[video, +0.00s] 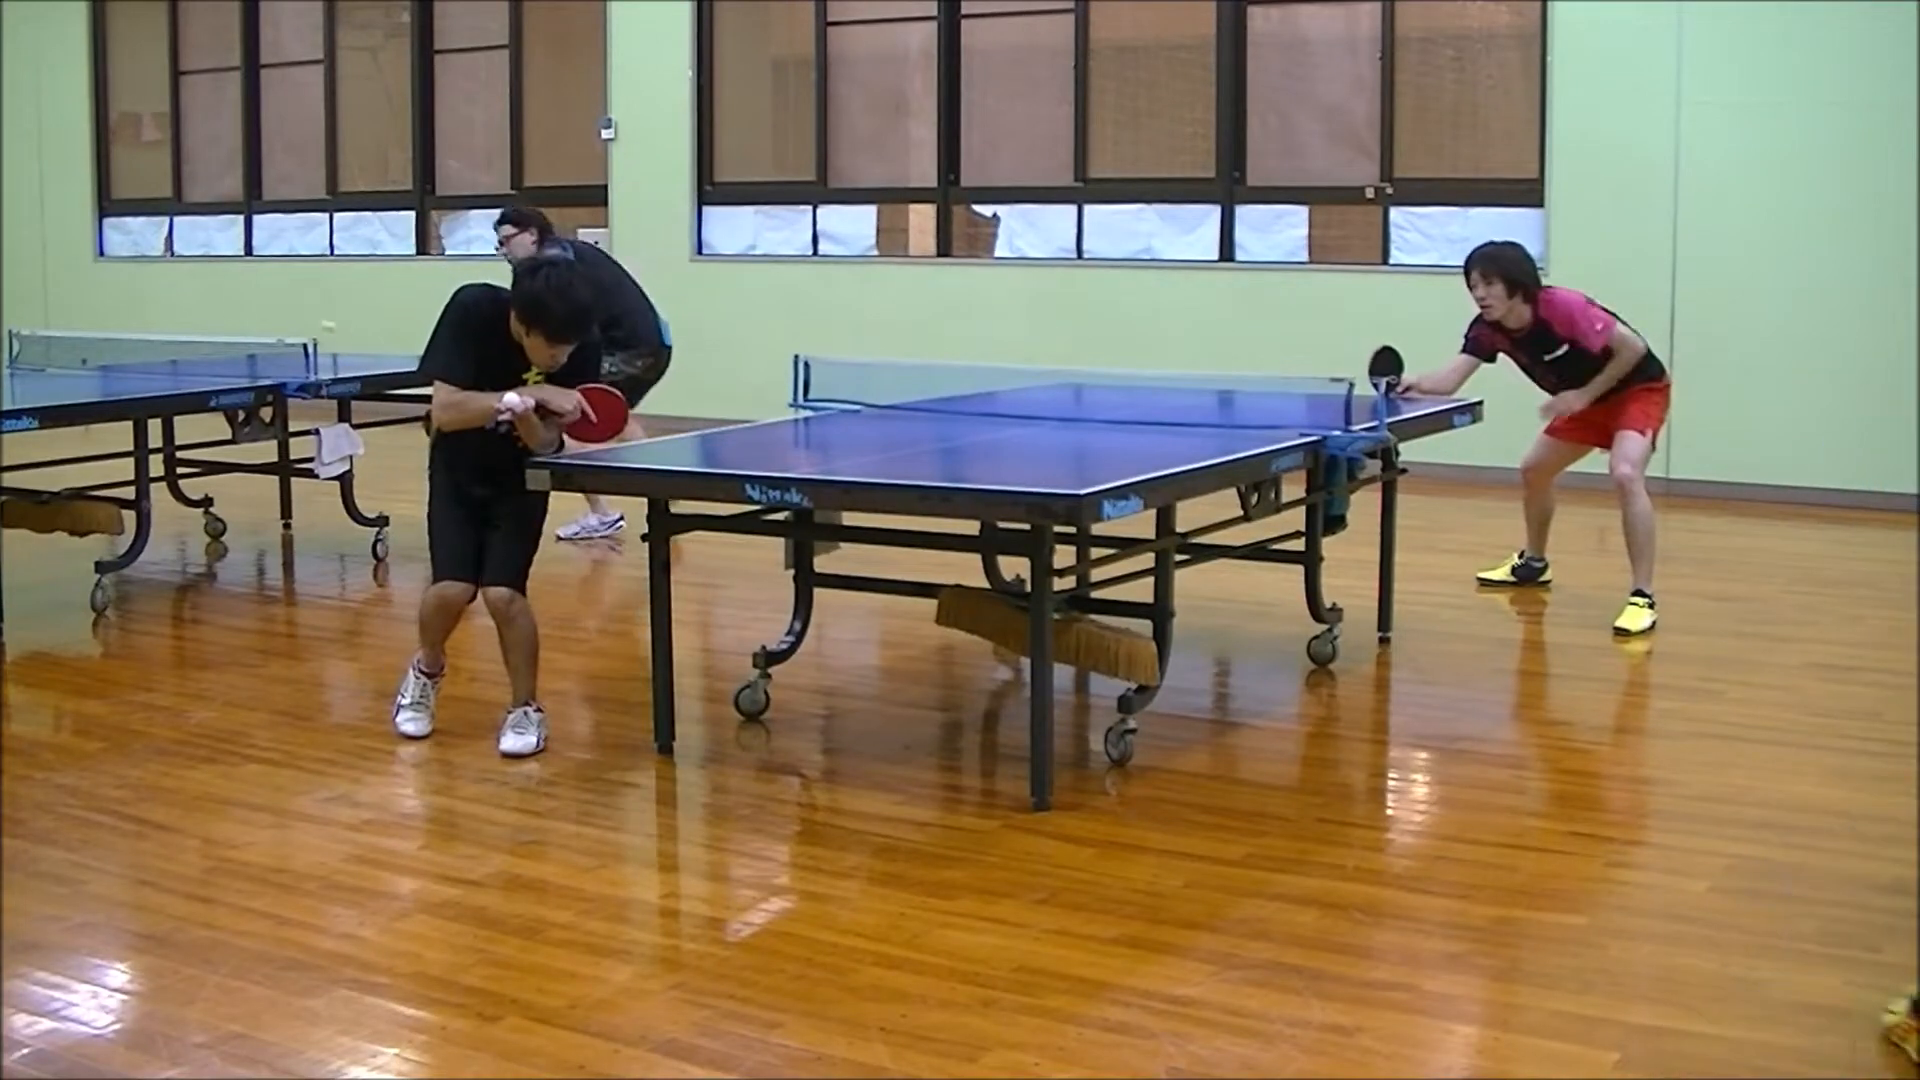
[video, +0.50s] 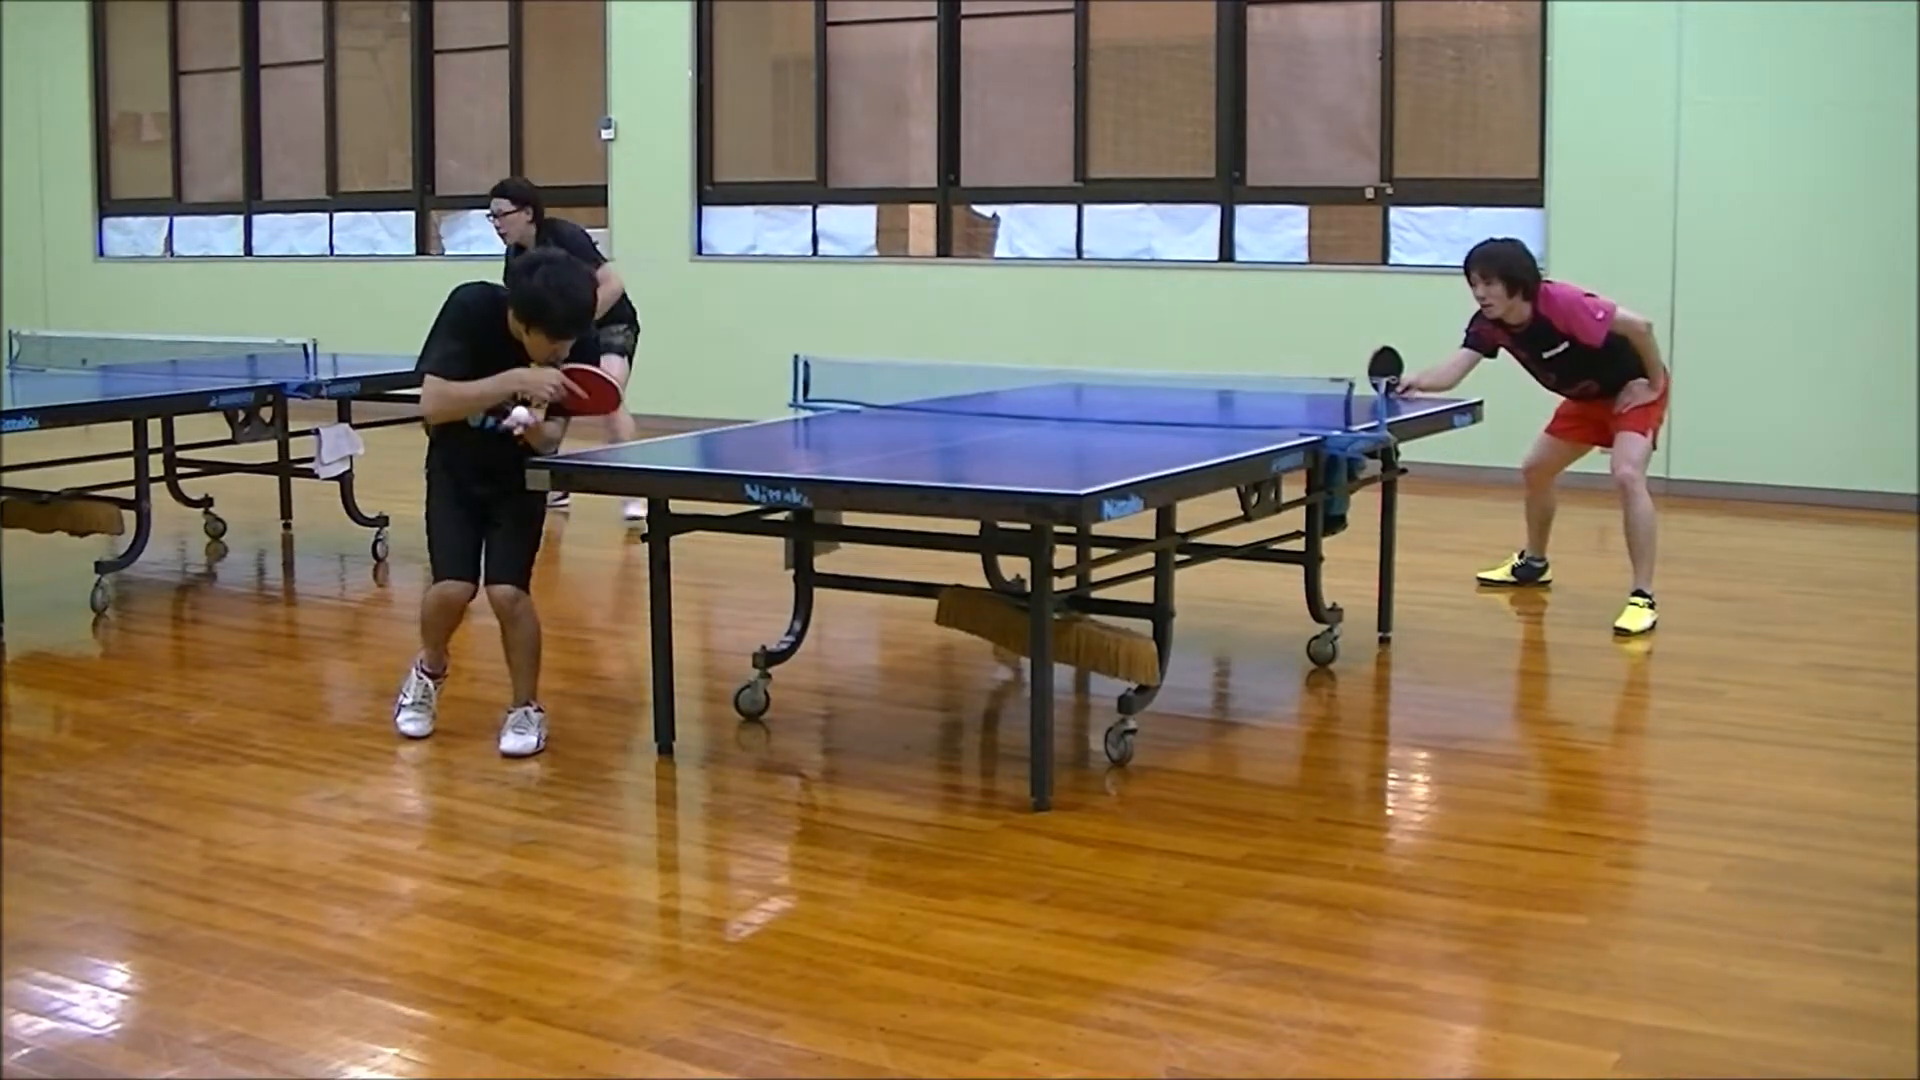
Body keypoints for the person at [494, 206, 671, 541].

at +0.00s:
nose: (502, 250)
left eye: (507, 240)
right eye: (500, 243)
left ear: (532, 235)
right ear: (535, 237)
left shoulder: (548, 266)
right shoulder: (563, 250)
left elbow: (583, 337)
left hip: (637, 349)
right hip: (644, 345)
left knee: (576, 420)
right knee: (609, 413)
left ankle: (601, 513)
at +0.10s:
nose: (496, 236)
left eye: (502, 227)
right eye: (494, 229)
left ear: (527, 223)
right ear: (525, 226)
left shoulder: (554, 256)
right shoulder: (547, 246)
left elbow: (563, 317)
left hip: (628, 345)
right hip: (608, 339)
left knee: (564, 414)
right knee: (563, 409)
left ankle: (601, 509)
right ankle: (610, 496)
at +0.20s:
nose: (495, 225)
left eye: (501, 215)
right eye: (492, 217)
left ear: (527, 211)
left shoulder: (554, 236)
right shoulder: (536, 244)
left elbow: (587, 274)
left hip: (618, 339)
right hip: (592, 336)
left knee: (568, 409)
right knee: (555, 408)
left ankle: (596, 507)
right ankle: (592, 505)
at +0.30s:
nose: (497, 222)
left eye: (503, 213)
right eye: (494, 215)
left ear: (529, 210)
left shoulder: (561, 235)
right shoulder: (527, 247)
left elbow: (597, 282)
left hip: (609, 337)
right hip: (574, 335)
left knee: (581, 417)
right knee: (555, 411)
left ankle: (598, 509)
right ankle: (561, 482)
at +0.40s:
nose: (497, 223)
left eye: (503, 215)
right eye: (494, 217)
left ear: (530, 213)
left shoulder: (563, 235)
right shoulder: (520, 256)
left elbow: (607, 289)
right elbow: (526, 306)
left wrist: (571, 321)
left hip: (608, 331)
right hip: (563, 336)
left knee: (598, 405)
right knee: (553, 409)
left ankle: (602, 497)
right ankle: (557, 483)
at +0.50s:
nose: (495, 222)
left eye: (502, 214)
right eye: (492, 215)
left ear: (528, 213)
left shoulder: (564, 234)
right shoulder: (514, 254)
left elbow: (613, 284)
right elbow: (517, 305)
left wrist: (574, 321)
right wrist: (530, 334)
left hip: (610, 320)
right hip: (563, 327)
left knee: (608, 396)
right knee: (551, 402)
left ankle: (633, 492)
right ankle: (556, 482)